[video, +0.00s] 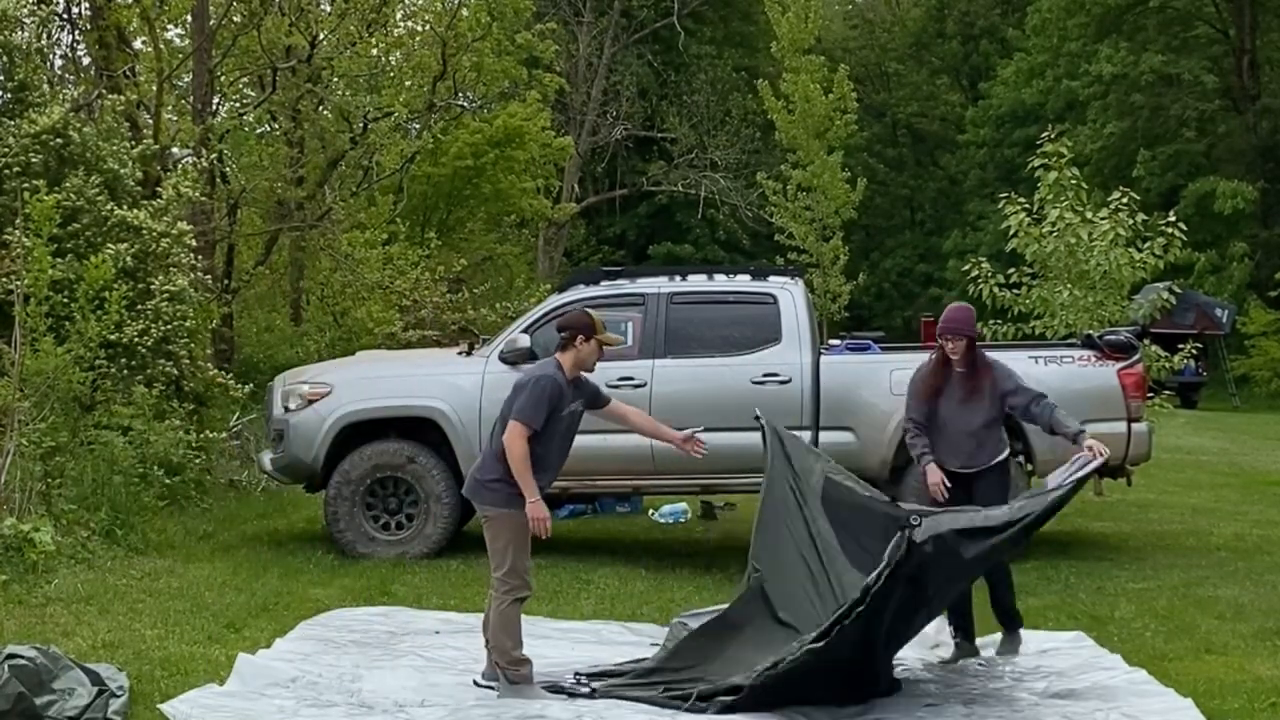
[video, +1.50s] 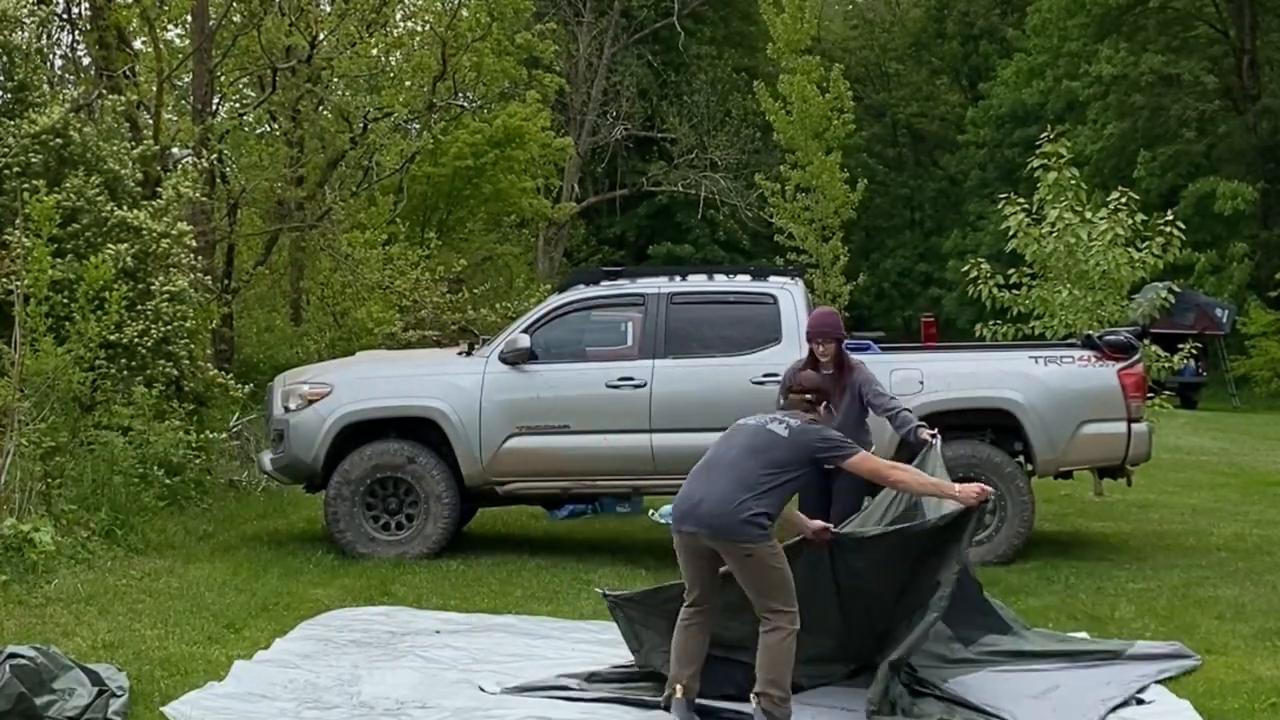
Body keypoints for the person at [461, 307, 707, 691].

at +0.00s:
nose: (601, 352)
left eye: (601, 345)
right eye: (598, 344)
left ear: (576, 344)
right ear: (579, 343)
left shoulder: (579, 385)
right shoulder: (542, 380)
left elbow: (623, 413)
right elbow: (514, 438)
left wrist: (673, 437)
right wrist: (532, 497)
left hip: (514, 494)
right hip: (500, 493)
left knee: (508, 584)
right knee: (511, 586)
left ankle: (496, 666)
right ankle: (513, 676)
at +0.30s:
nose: (628, 421)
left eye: (631, 415)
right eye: (628, 413)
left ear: (607, 403)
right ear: (612, 405)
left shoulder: (571, 425)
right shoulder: (573, 435)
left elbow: (562, 506)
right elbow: (558, 510)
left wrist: (578, 556)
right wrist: (571, 577)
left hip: (477, 492)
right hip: (490, 497)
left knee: (508, 583)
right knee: (531, 584)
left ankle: (496, 666)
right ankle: (517, 678)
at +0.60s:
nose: (607, 336)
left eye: (606, 330)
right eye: (605, 330)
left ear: (568, 332)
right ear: (591, 335)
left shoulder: (536, 361)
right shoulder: (586, 391)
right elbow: (599, 468)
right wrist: (642, 507)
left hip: (494, 485)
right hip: (533, 498)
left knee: (509, 572)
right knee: (538, 590)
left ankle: (464, 647)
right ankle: (518, 680)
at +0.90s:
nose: (687, 360)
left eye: (688, 352)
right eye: (687, 352)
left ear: (646, 343)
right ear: (676, 348)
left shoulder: (600, 377)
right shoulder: (673, 394)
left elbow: (559, 440)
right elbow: (742, 439)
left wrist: (531, 496)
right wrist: (806, 462)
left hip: (564, 498)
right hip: (613, 504)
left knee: (560, 591)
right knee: (647, 603)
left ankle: (510, 673)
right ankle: (648, 703)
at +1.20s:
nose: (812, 407)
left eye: (813, 401)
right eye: (813, 401)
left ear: (772, 390)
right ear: (804, 396)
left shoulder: (733, 413)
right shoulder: (791, 425)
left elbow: (730, 502)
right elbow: (854, 480)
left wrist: (766, 571)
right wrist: (902, 483)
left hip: (669, 518)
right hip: (719, 522)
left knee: (694, 602)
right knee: (770, 613)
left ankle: (652, 697)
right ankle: (770, 711)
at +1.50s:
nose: (830, 416)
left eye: (829, 410)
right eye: (828, 410)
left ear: (783, 402)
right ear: (820, 408)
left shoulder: (748, 425)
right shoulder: (817, 435)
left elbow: (751, 489)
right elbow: (889, 474)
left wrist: (804, 524)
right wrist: (953, 490)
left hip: (686, 518)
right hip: (740, 524)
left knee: (696, 603)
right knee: (778, 616)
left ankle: (679, 696)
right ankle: (771, 709)